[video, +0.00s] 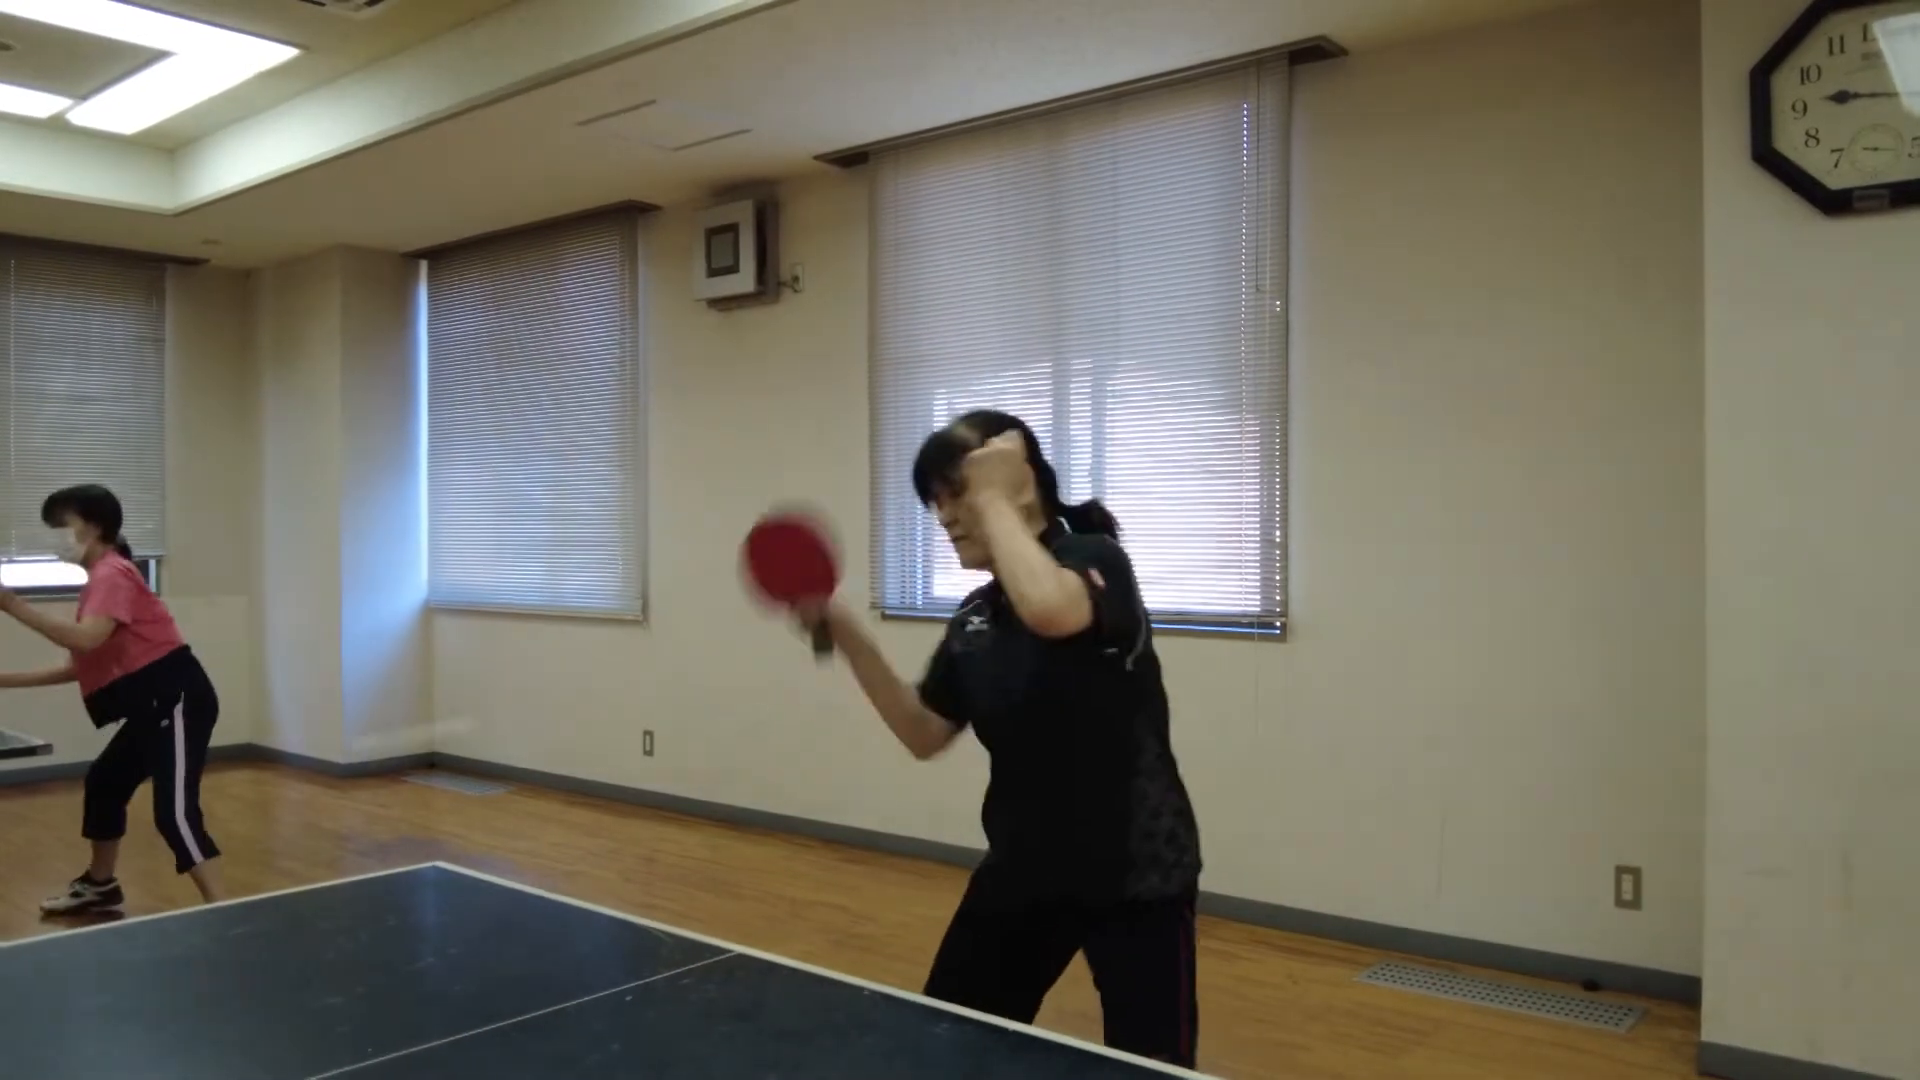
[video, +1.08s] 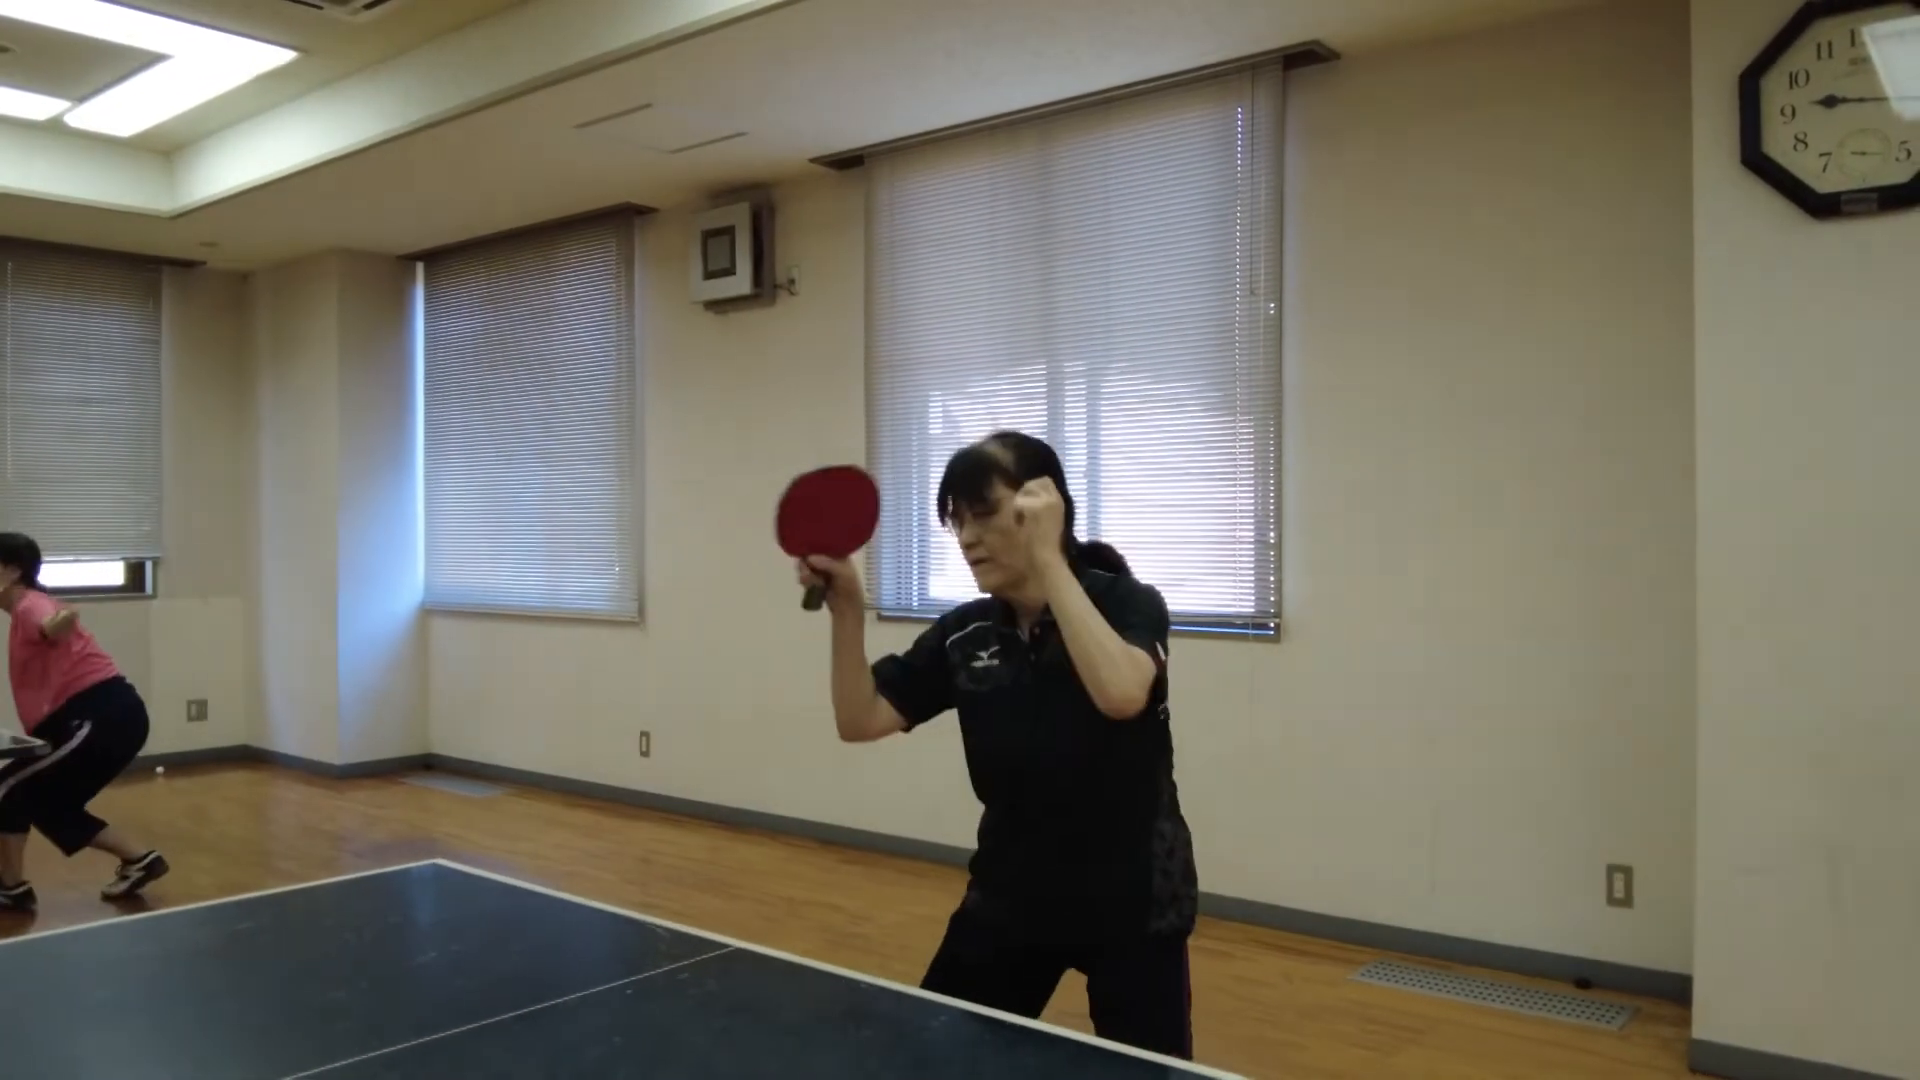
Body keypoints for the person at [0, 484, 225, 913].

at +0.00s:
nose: (57, 538)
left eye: (64, 526)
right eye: (56, 528)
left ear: (92, 527)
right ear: (89, 530)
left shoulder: (111, 571)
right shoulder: (98, 581)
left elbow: (89, 636)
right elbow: (77, 669)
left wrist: (16, 606)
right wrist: (8, 679)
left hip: (179, 696)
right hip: (153, 704)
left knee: (175, 812)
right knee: (104, 781)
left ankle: (225, 913)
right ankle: (101, 884)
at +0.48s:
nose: (47, 551)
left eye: (51, 541)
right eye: (46, 542)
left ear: (76, 541)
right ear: (84, 543)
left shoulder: (83, 575)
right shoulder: (85, 587)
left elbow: (26, 601)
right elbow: (71, 664)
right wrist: (6, 659)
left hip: (165, 693)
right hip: (150, 699)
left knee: (145, 798)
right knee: (111, 782)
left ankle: (195, 897)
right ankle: (147, 876)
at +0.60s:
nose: (23, 580)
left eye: (28, 571)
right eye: (23, 573)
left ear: (55, 571)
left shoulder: (74, 597)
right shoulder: (63, 639)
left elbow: (58, 609)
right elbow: (32, 690)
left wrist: (18, 597)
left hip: (157, 699)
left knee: (85, 803)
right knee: (108, 793)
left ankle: (160, 863)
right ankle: (145, 869)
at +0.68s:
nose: (5, 596)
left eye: (10, 586)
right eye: (4, 588)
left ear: (38, 584)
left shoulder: (48, 609)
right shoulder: (55, 656)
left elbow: (68, 611)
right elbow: (28, 707)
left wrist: (80, 592)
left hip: (144, 700)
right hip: (174, 704)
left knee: (55, 786)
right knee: (107, 789)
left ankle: (100, 868)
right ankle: (147, 877)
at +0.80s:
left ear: (14, 595)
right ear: (16, 596)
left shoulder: (42, 615)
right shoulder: (37, 653)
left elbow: (84, 608)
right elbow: (63, 727)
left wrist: (134, 584)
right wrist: (31, 774)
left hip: (131, 705)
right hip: (160, 709)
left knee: (42, 782)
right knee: (88, 790)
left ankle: (22, 883)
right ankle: (144, 874)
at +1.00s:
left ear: (10, 581)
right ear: (14, 582)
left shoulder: (29, 609)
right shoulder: (23, 627)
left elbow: (60, 624)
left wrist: (93, 607)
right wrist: (34, 744)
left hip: (105, 717)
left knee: (10, 790)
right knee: (52, 806)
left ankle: (11, 885)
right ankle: (135, 860)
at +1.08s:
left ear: (14, 571)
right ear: (17, 572)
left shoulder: (31, 603)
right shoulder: (25, 612)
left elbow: (50, 625)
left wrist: (60, 620)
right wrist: (36, 740)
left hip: (101, 713)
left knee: (9, 788)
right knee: (50, 803)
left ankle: (11, 884)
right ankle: (137, 857)